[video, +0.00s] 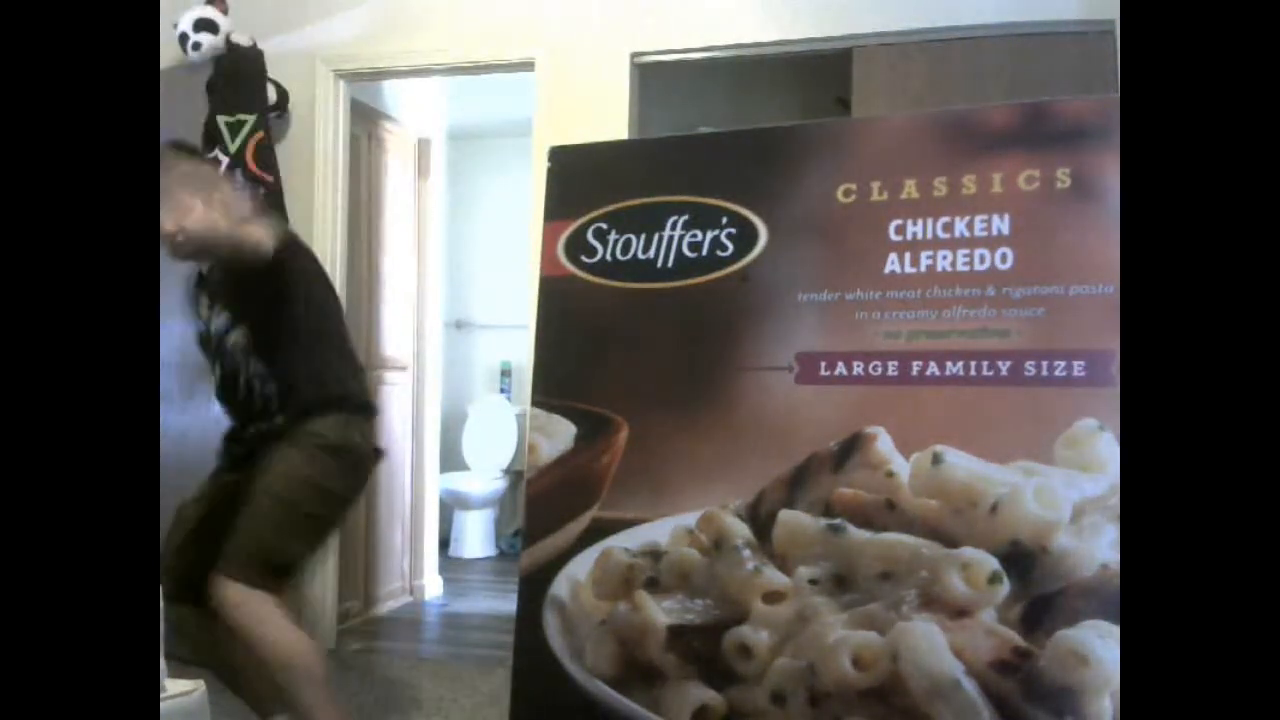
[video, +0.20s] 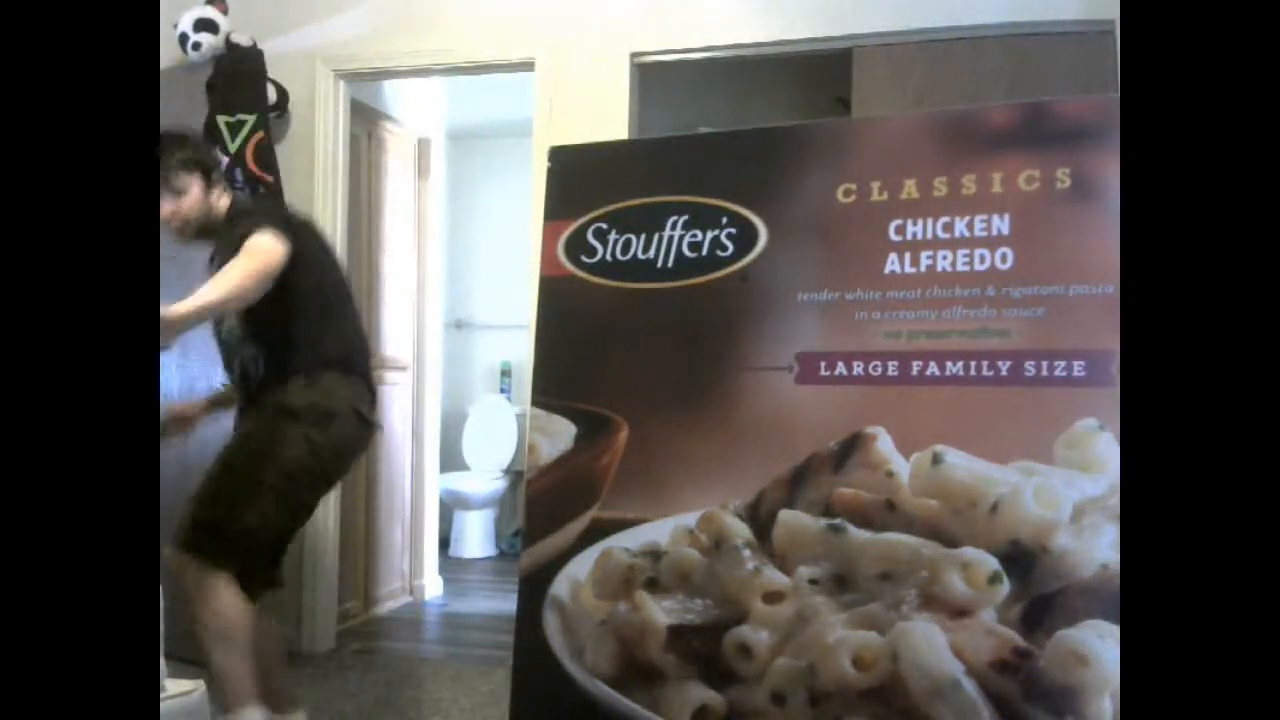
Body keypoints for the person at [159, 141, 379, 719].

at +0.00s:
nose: (168, 230)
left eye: (176, 210)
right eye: (163, 215)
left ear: (218, 196)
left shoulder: (268, 243)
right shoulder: (208, 280)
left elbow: (260, 242)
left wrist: (215, 226)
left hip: (328, 432)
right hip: (259, 439)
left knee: (242, 586)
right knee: (187, 583)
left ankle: (324, 712)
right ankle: (280, 708)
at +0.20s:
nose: (166, 213)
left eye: (173, 194)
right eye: (162, 198)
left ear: (208, 182)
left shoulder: (261, 214)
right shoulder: (232, 255)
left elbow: (262, 263)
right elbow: (269, 370)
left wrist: (175, 315)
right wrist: (202, 408)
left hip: (318, 400)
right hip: (296, 405)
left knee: (206, 555)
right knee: (235, 567)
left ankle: (244, 708)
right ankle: (280, 704)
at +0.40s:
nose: (186, 169)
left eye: (198, 152)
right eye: (181, 156)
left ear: (246, 145)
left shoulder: (286, 189)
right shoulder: (255, 221)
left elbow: (287, 225)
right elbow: (266, 339)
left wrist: (217, 265)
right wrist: (183, 359)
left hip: (313, 380)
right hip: (308, 385)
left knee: (199, 537)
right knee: (263, 554)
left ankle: (229, 705)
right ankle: (289, 707)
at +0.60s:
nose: (192, 164)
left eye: (204, 147)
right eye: (186, 151)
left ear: (250, 143)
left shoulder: (287, 186)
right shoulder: (256, 218)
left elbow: (299, 218)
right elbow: (263, 334)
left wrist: (230, 259)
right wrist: (176, 347)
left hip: (319, 381)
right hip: (302, 385)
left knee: (209, 543)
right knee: (268, 558)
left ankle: (244, 706)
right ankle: (289, 706)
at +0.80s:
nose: (201, 154)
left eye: (214, 138)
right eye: (195, 140)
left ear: (257, 134)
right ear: (191, 139)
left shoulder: (301, 189)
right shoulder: (244, 215)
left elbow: (323, 242)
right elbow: (236, 317)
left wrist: (251, 300)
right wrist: (175, 324)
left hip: (327, 386)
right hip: (284, 389)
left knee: (221, 541)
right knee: (258, 553)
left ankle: (297, 697)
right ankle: (260, 692)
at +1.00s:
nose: (247, 153)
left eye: (259, 135)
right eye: (241, 138)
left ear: (298, 131)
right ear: (245, 143)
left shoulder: (351, 218)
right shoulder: (259, 210)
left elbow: (307, 328)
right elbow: (244, 316)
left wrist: (247, 290)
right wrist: (195, 385)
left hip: (327, 406)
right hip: (251, 399)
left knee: (262, 557)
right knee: (182, 527)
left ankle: (310, 707)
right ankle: (276, 669)